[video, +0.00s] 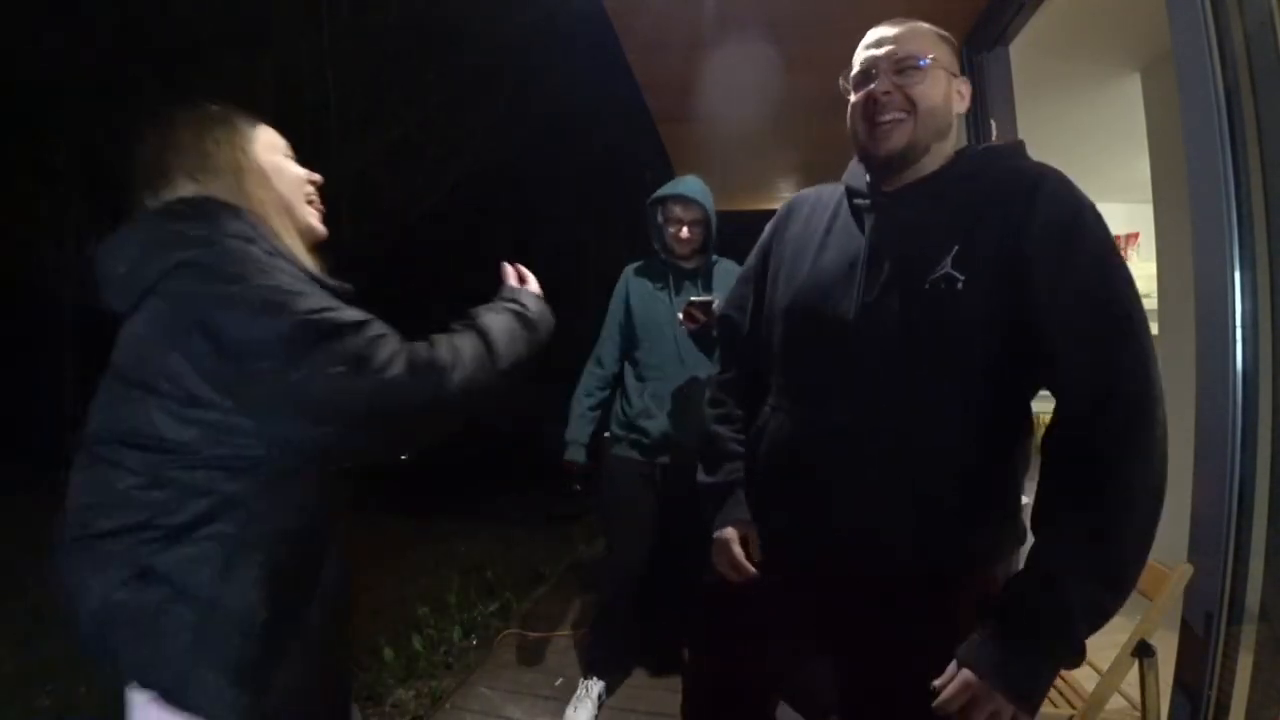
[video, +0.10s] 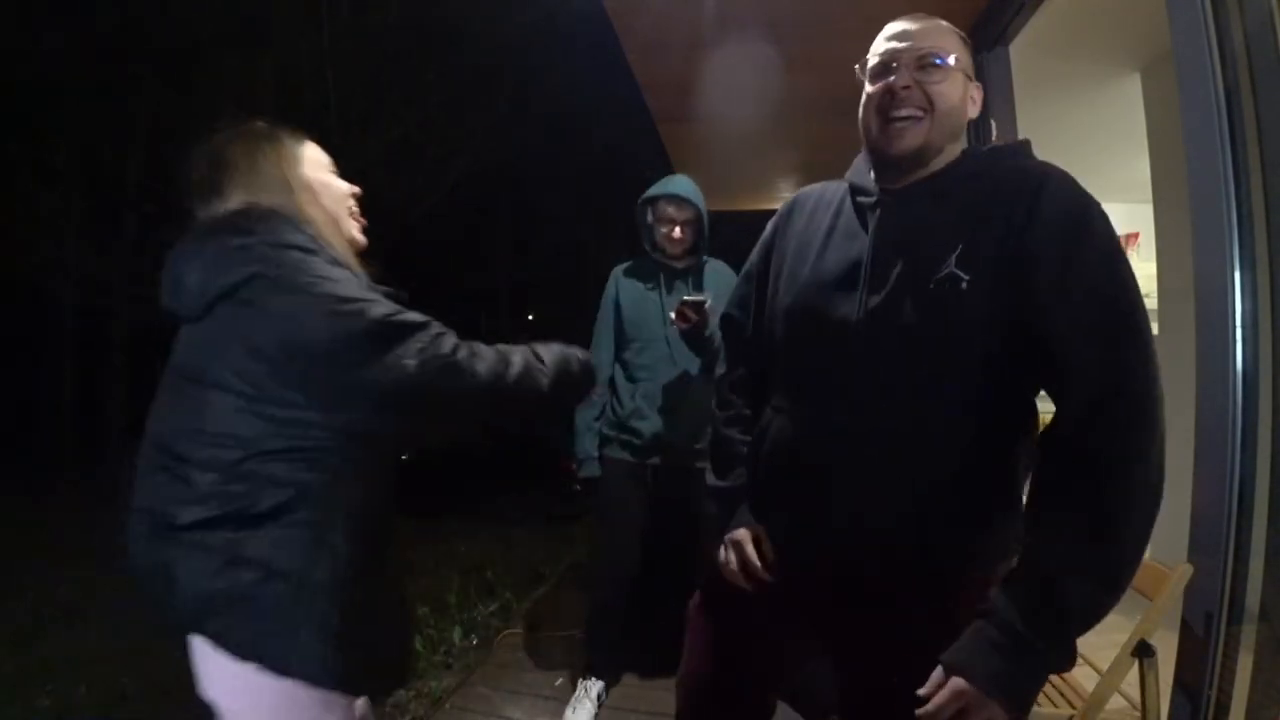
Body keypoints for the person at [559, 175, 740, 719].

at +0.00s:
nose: (681, 233)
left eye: (692, 223)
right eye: (671, 223)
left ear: (709, 226)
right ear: (657, 227)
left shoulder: (733, 280)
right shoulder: (635, 282)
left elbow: (755, 354)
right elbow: (604, 362)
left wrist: (718, 325)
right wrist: (579, 435)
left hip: (707, 451)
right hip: (636, 448)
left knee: (698, 561)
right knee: (628, 560)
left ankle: (698, 662)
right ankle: (598, 672)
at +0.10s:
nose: (674, 233)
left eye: (685, 224)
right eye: (665, 223)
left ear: (702, 227)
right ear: (648, 226)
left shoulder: (723, 281)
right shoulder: (624, 281)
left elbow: (735, 368)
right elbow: (598, 369)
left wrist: (704, 333)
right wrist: (587, 448)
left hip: (695, 455)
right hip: (628, 451)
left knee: (689, 566)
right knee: (617, 562)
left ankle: (692, 677)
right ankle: (596, 674)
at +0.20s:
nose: (666, 231)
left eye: (675, 221)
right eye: (655, 222)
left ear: (691, 225)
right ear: (638, 225)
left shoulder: (711, 280)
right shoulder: (613, 281)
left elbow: (721, 369)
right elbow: (590, 369)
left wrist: (693, 336)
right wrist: (582, 451)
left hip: (688, 454)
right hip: (620, 451)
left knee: (691, 562)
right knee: (612, 562)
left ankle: (700, 674)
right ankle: (595, 675)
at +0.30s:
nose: (657, 231)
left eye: (667, 221)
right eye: (647, 221)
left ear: (682, 225)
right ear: (629, 224)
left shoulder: (700, 281)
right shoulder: (601, 280)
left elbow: (712, 371)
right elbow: (583, 366)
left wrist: (685, 336)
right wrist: (579, 446)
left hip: (683, 448)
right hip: (615, 447)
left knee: (692, 550)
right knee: (605, 559)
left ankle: (696, 650)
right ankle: (591, 675)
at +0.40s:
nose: (649, 231)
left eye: (659, 222)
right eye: (639, 221)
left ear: (673, 226)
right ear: (620, 223)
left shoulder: (689, 281)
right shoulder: (589, 280)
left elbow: (707, 359)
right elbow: (568, 360)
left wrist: (678, 335)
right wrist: (587, 415)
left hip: (671, 435)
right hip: (602, 433)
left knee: (679, 539)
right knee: (595, 553)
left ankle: (697, 644)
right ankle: (590, 676)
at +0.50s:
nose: (642, 232)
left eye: (652, 222)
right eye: (631, 221)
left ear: (664, 227)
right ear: (613, 224)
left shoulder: (680, 282)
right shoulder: (590, 283)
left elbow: (695, 361)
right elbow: (574, 358)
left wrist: (668, 340)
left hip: (667, 429)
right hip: (601, 428)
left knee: (677, 538)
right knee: (596, 549)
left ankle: (694, 644)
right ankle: (591, 672)